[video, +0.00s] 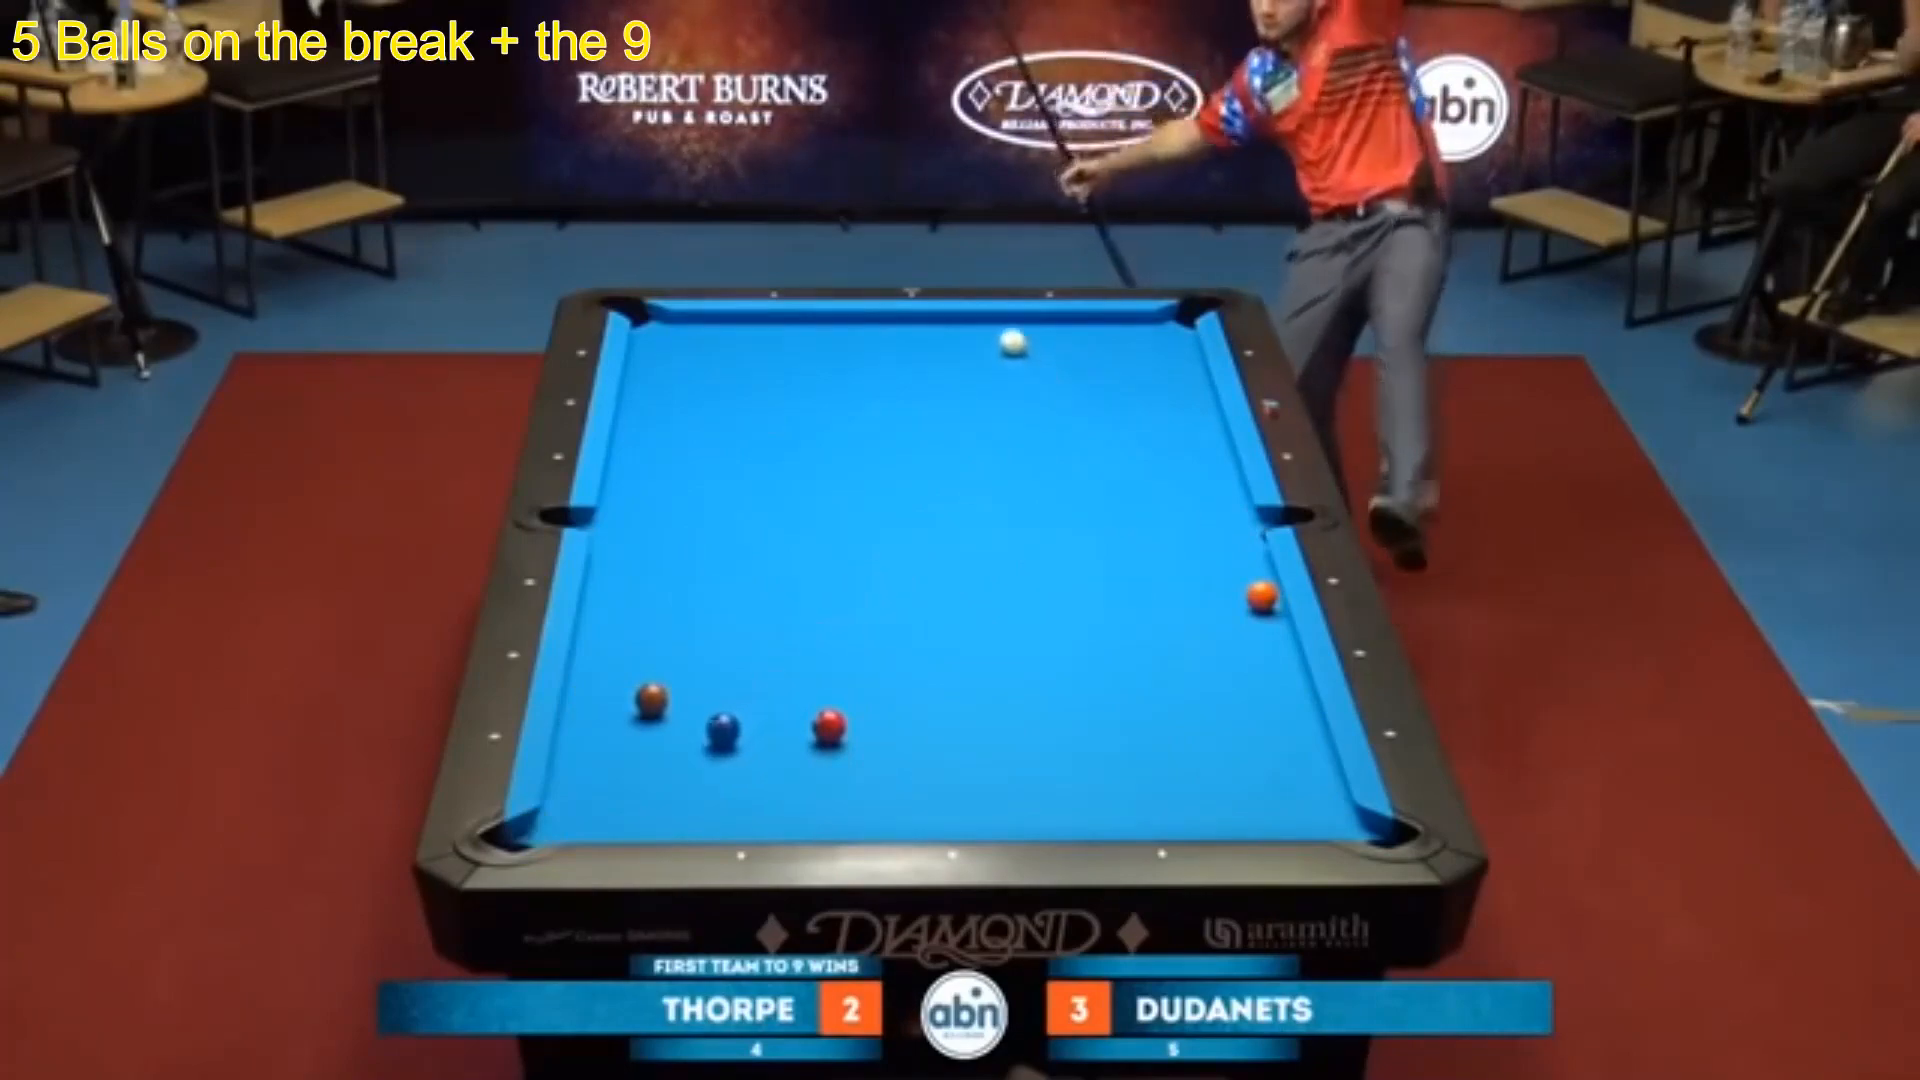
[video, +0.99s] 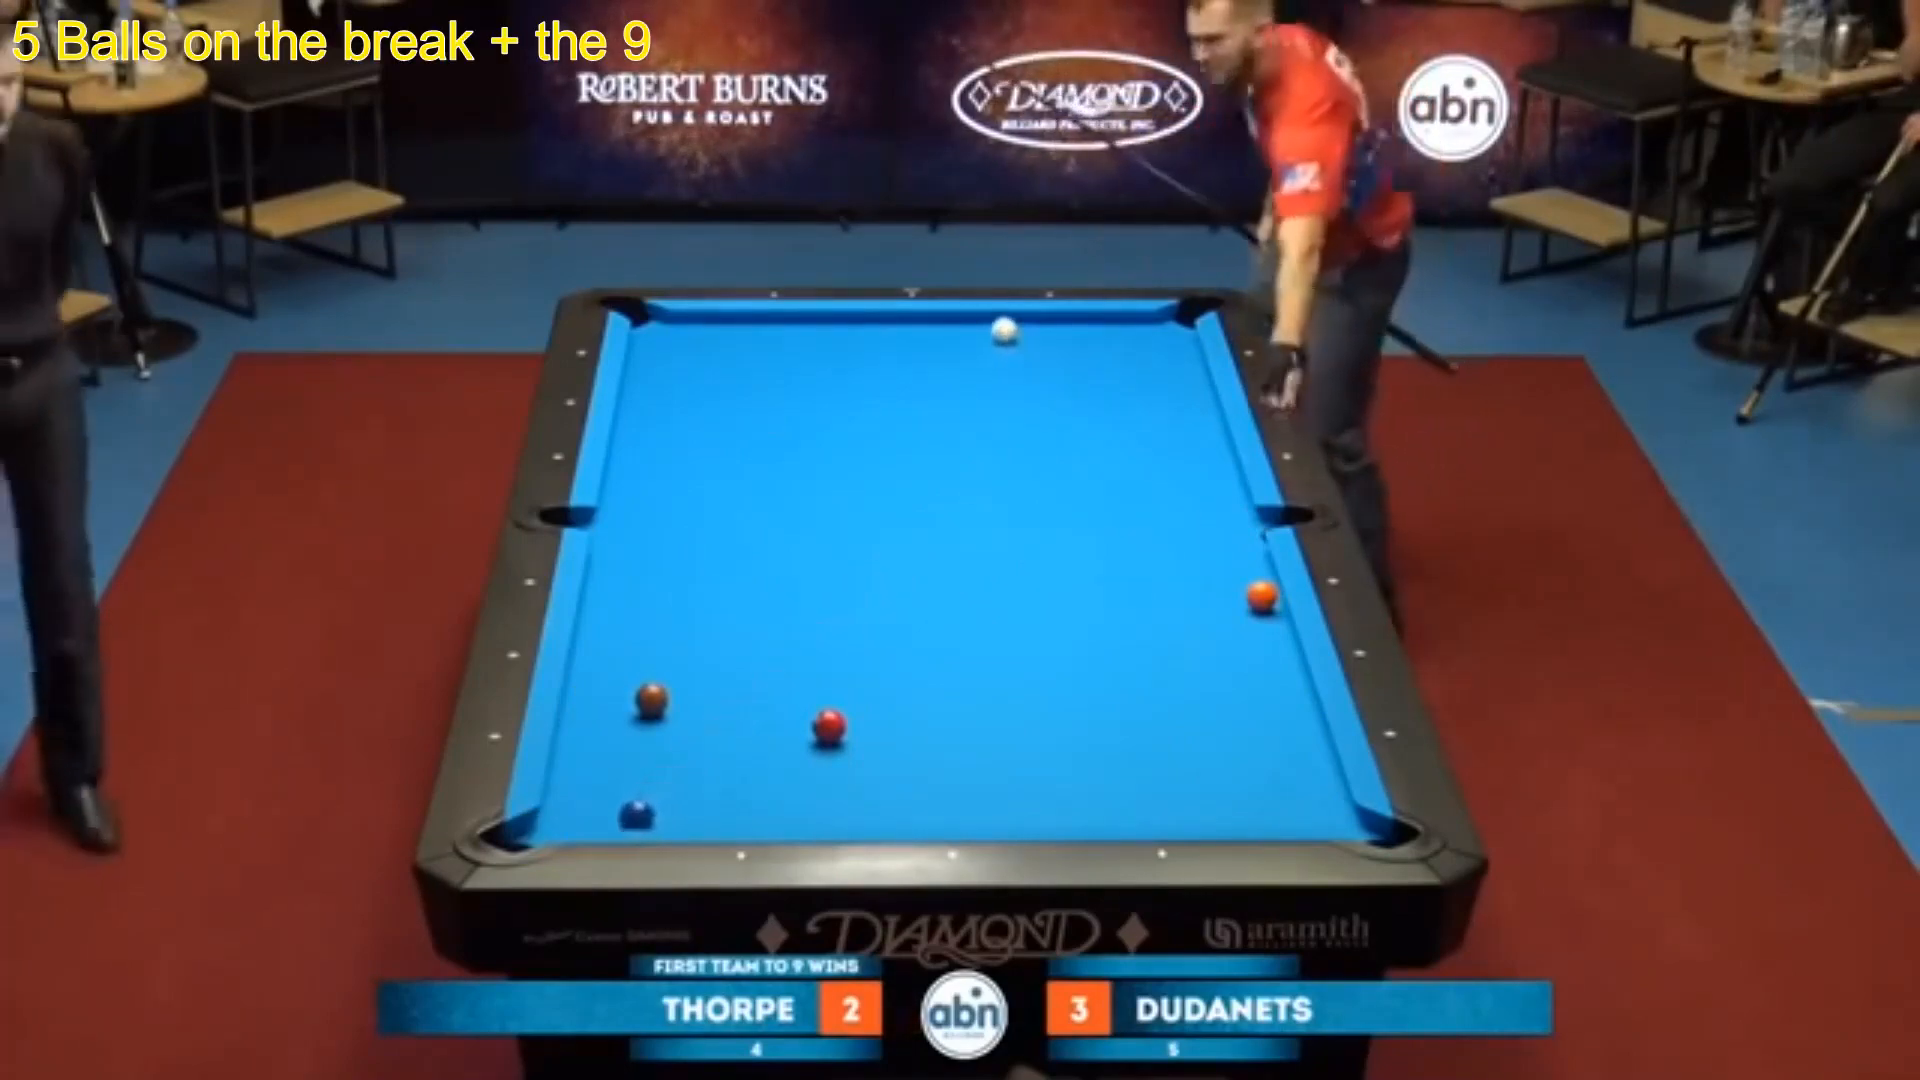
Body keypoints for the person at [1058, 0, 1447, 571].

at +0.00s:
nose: (1264, 9)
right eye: (1256, 0)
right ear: (1249, 6)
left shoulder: (1362, 19)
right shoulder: (1257, 78)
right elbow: (1191, 133)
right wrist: (1106, 163)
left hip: (1406, 220)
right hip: (1329, 235)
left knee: (1399, 337)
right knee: (1290, 380)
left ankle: (1404, 505)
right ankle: (1317, 523)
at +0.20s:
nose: (1265, 8)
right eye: (1256, 1)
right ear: (1251, 6)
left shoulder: (1363, 14)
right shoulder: (1264, 70)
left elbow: (1406, 75)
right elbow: (1240, 162)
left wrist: (1390, 166)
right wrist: (1176, 244)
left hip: (1394, 231)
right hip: (1317, 242)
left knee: (1368, 392)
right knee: (1288, 398)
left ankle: (1382, 566)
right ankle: (1308, 558)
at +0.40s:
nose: (1273, 15)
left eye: (1288, 3)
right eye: (1264, 4)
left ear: (1325, 4)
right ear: (1256, 9)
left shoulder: (1377, 70)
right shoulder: (1292, 64)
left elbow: (1420, 202)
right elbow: (1302, 178)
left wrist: (1410, 320)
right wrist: (1290, 272)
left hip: (1371, 276)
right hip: (1305, 267)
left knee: (1336, 449)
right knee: (1287, 432)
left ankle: (1368, 605)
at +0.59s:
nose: (1277, 41)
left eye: (1290, 23)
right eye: (1265, 26)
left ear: (1329, 10)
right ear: (1254, 21)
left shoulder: (1375, 86)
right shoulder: (1307, 61)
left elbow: (1405, 227)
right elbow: (1329, 169)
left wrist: (1378, 339)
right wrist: (1308, 249)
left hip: (1366, 278)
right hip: (1309, 257)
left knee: (1333, 448)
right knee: (1263, 399)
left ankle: (1368, 604)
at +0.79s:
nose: (1262, 49)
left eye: (1277, 33)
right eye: (1253, 34)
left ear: (1319, 20)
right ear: (1245, 24)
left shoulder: (1356, 97)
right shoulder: (1302, 50)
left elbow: (1363, 241)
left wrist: (1323, 351)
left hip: (1385, 255)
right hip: (1319, 231)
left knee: (1333, 426)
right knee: (1272, 379)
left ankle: (1369, 595)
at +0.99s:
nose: (1202, 57)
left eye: (1215, 41)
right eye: (1195, 43)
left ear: (1258, 30)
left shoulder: (1308, 93)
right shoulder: (1266, 52)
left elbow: (1305, 242)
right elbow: (1292, 144)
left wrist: (1286, 348)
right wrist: (1275, 207)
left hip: (1358, 252)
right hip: (1292, 238)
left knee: (1330, 433)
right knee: (1269, 396)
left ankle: (1371, 603)